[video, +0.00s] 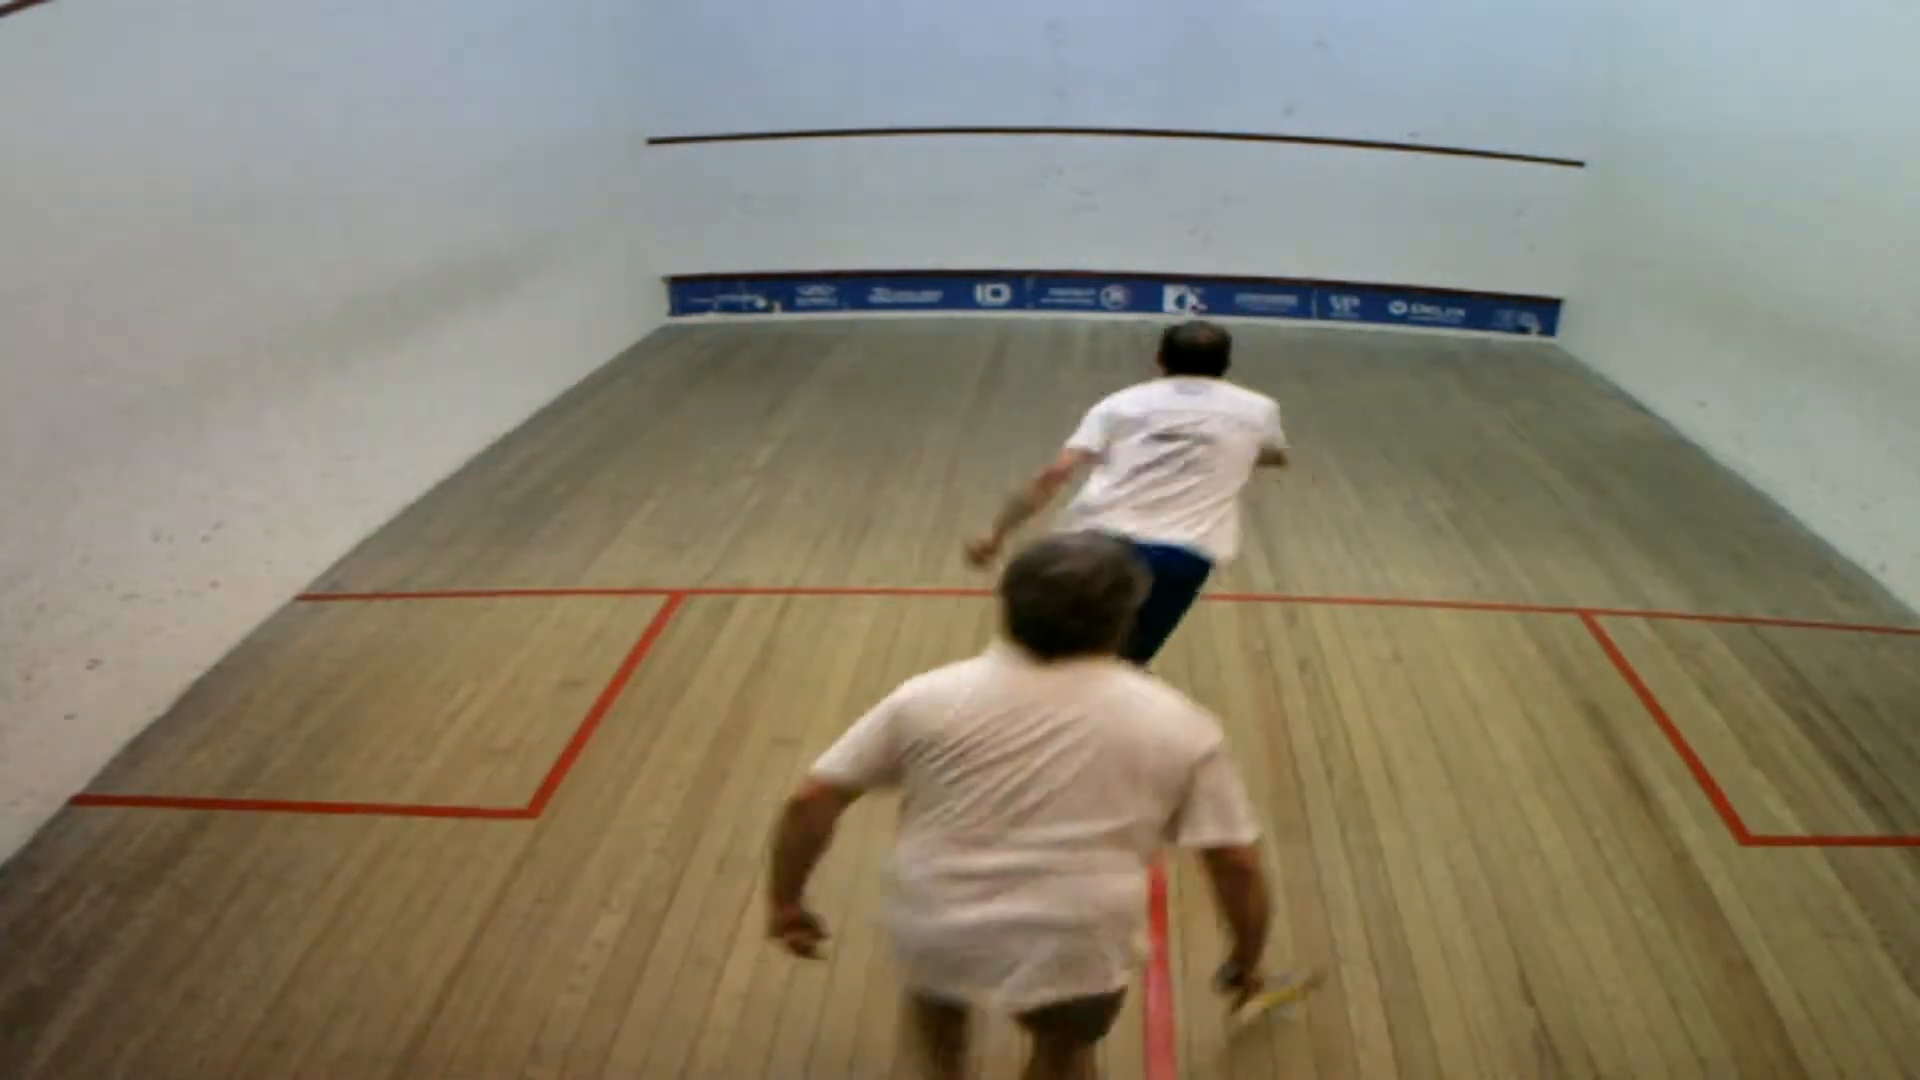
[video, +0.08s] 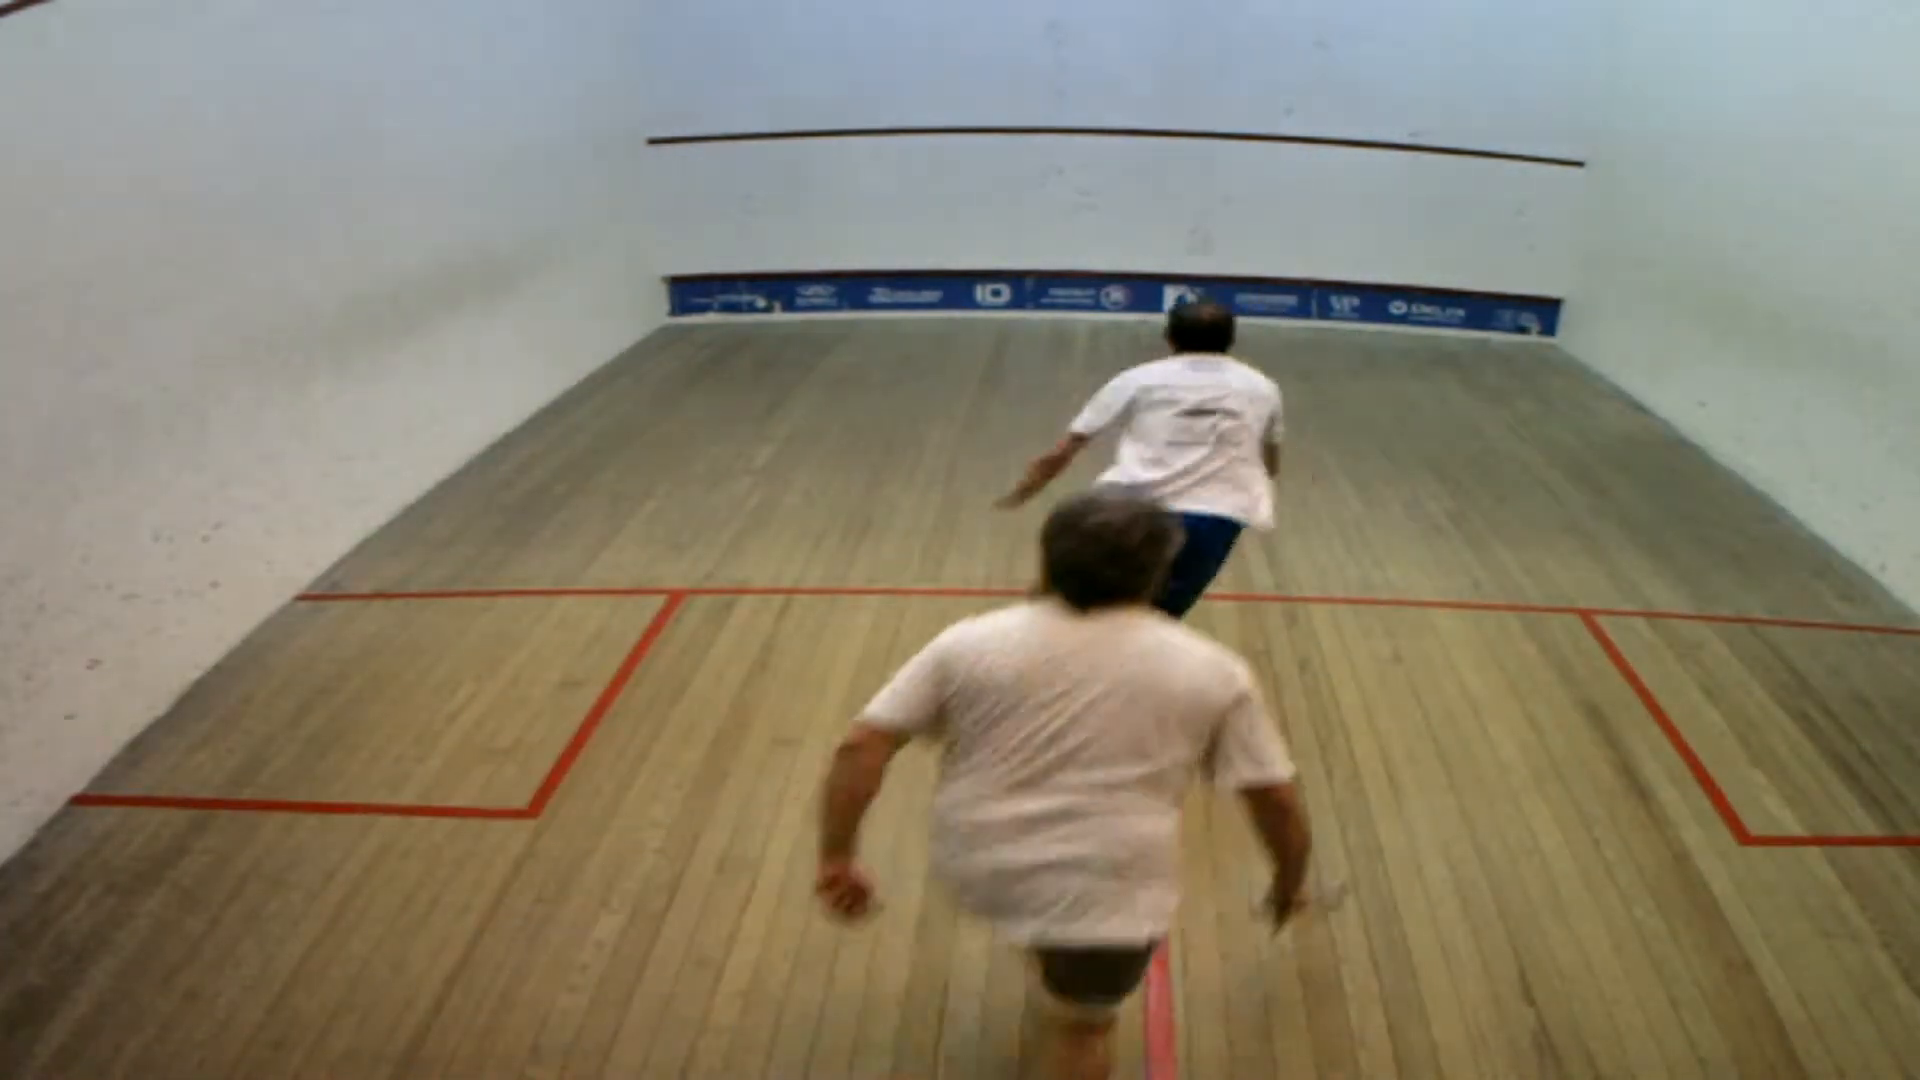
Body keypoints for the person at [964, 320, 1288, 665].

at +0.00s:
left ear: (1162, 361)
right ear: (1223, 367)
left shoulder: (1123, 403)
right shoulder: (1256, 411)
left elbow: (1056, 473)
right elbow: (1276, 458)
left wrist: (996, 535)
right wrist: (1229, 448)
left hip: (1101, 545)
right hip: (1185, 561)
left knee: (1069, 655)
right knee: (1128, 668)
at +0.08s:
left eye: (1170, 334)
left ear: (1172, 339)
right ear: (1227, 341)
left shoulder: (1141, 379)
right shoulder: (1261, 390)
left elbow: (1065, 451)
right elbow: (1270, 466)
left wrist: (1021, 493)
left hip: (1136, 511)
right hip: (1218, 520)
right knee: (1160, 619)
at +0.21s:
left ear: (1236, 326)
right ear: (1283, 335)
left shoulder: (1195, 354)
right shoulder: (1299, 380)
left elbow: (1140, 398)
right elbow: (1332, 465)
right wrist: (1308, 484)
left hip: (1161, 486)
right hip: (1236, 495)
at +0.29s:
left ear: (1293, 317)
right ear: (1336, 330)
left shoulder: (1252, 339)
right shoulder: (1338, 370)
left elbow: (1197, 372)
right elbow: (1370, 458)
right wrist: (1363, 476)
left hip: (1176, 453)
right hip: (1241, 473)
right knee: (1301, 508)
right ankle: (1248, 584)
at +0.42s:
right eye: (1445, 331)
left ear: (1402, 314)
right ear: (1440, 332)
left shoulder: (1361, 328)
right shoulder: (1430, 365)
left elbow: (1291, 347)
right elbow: (1452, 440)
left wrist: (1249, 369)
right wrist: (1469, 459)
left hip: (1265, 416)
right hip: (1322, 443)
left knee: (1237, 484)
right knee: (1344, 497)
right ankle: (1289, 555)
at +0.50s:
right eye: (1480, 319)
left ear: (1446, 305)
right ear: (1480, 323)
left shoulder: (1403, 318)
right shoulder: (1474, 359)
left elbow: (1327, 322)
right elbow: (1496, 423)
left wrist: (1268, 323)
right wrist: (1517, 444)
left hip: (1314, 406)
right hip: (1361, 434)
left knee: (1330, 452)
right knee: (1370, 501)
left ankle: (1300, 494)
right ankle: (1312, 533)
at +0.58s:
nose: (1521, 313)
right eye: (1523, 307)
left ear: (1486, 292)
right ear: (1519, 307)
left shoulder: (1439, 305)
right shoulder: (1515, 341)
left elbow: (1366, 302)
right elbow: (1537, 402)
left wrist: (1303, 293)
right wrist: (1555, 428)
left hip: (1370, 397)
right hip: (1411, 423)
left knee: (1424, 431)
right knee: (1396, 494)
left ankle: (1402, 497)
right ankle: (1320, 531)